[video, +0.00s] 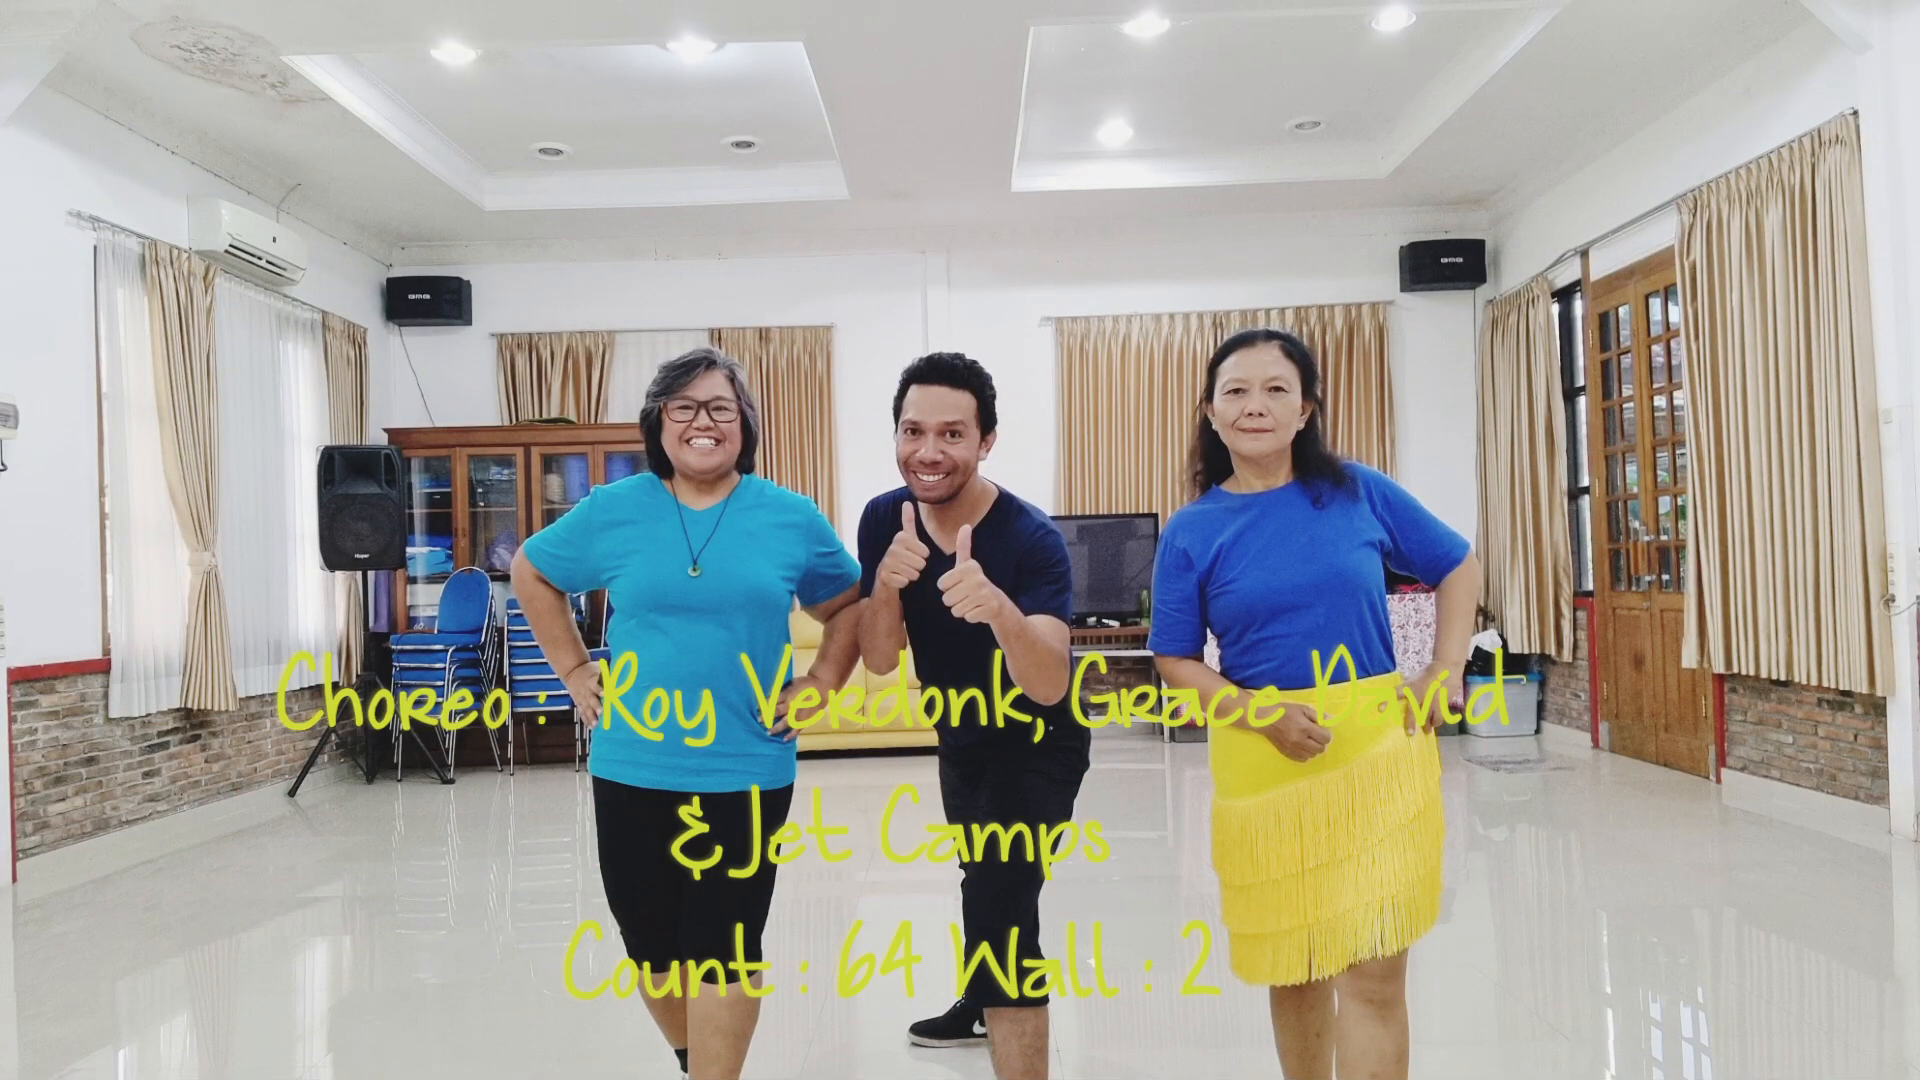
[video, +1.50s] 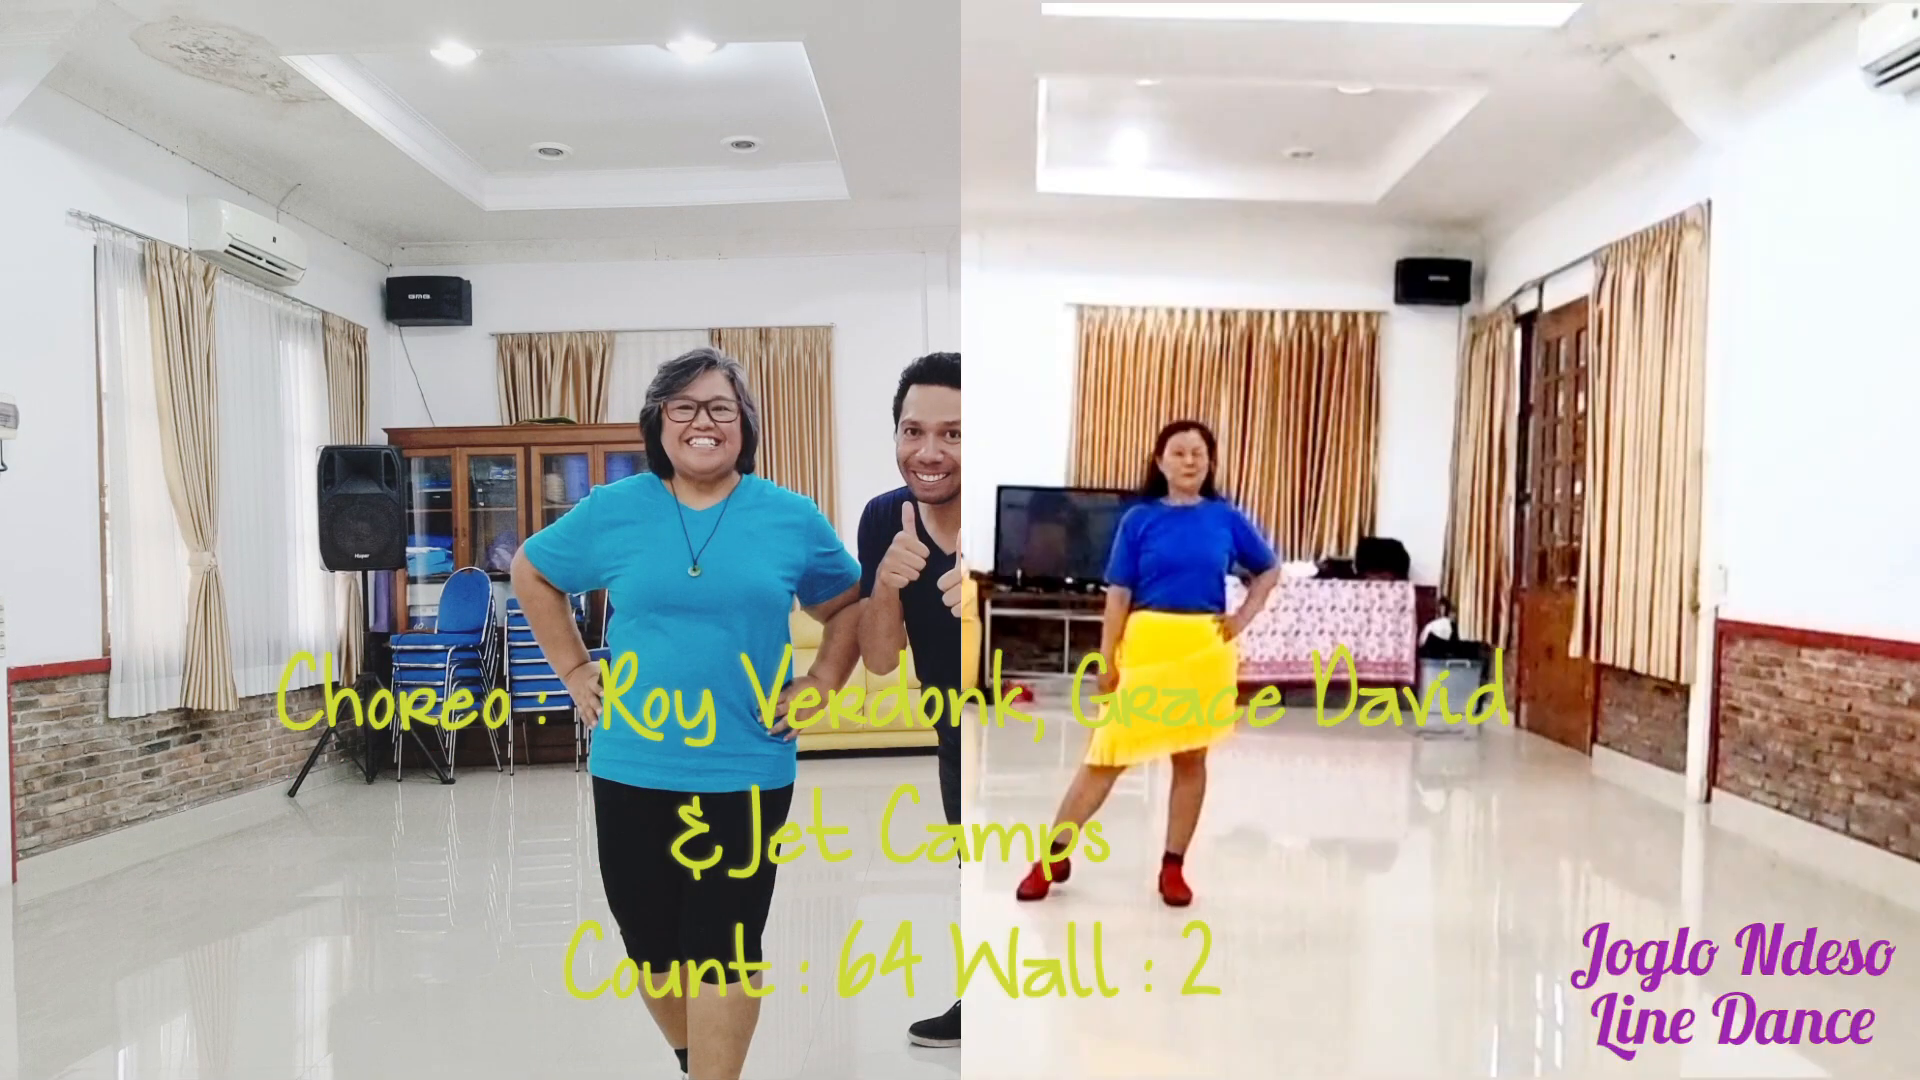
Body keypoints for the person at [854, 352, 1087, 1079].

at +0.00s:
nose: (930, 453)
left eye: (952, 436)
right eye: (914, 433)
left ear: (986, 444)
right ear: (896, 439)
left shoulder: (1031, 541)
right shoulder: (885, 521)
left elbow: (1050, 684)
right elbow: (880, 660)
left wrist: (1001, 612)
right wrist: (883, 589)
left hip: (1039, 743)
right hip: (961, 741)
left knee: (1002, 924)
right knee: (980, 878)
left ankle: (1023, 1070)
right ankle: (986, 1003)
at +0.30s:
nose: (929, 453)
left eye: (951, 436)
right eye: (914, 433)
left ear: (986, 444)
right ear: (896, 438)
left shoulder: (1031, 541)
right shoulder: (886, 521)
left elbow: (1050, 684)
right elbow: (880, 660)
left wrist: (1002, 613)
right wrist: (883, 588)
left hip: (1040, 742)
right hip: (960, 741)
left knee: (1001, 920)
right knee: (981, 878)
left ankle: (1023, 1070)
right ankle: (985, 1002)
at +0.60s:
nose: (929, 453)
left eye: (951, 436)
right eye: (914, 433)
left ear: (986, 444)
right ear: (896, 438)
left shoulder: (1031, 541)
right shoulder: (886, 521)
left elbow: (1050, 684)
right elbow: (880, 660)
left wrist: (1002, 612)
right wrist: (883, 588)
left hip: (1040, 742)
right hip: (960, 741)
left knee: (1001, 920)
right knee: (981, 878)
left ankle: (1023, 1071)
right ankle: (985, 1002)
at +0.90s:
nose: (929, 453)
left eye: (951, 436)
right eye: (914, 433)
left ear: (986, 444)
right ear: (896, 438)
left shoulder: (1031, 541)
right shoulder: (886, 521)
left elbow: (1050, 684)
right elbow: (880, 660)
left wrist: (1002, 612)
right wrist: (883, 588)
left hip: (1040, 742)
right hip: (960, 741)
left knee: (1001, 920)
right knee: (981, 878)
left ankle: (1023, 1071)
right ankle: (985, 1002)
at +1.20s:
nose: (930, 453)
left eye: (952, 436)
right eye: (915, 433)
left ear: (986, 444)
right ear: (896, 439)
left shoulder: (1031, 541)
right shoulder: (885, 521)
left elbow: (1050, 684)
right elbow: (880, 660)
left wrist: (1001, 612)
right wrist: (883, 589)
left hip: (1039, 742)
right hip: (961, 741)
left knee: (1001, 923)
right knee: (981, 878)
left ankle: (1023, 1070)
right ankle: (986, 1003)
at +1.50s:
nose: (929, 453)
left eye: (950, 435)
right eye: (914, 433)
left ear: (983, 443)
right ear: (895, 440)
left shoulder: (1012, 515)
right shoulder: (886, 518)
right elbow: (879, 659)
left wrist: (987, 592)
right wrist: (884, 583)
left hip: (1028, 720)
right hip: (958, 723)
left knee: (1021, 865)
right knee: (973, 863)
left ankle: (1019, 1001)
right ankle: (975, 995)